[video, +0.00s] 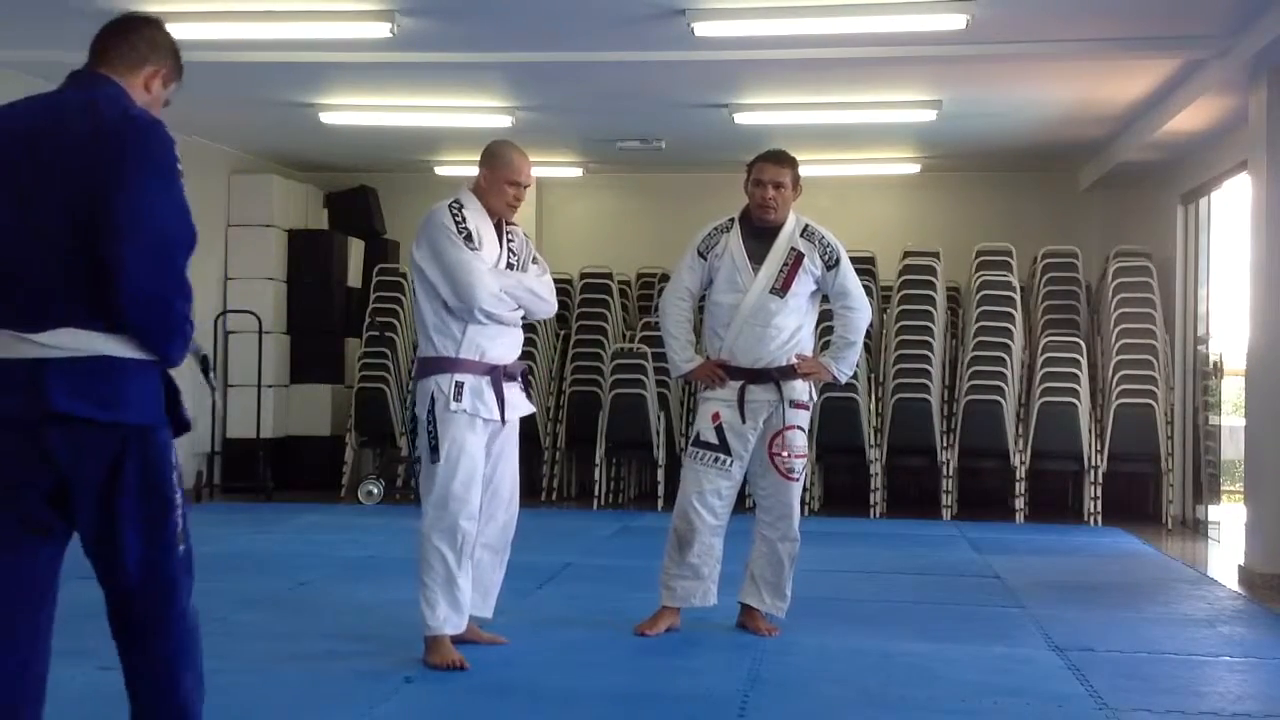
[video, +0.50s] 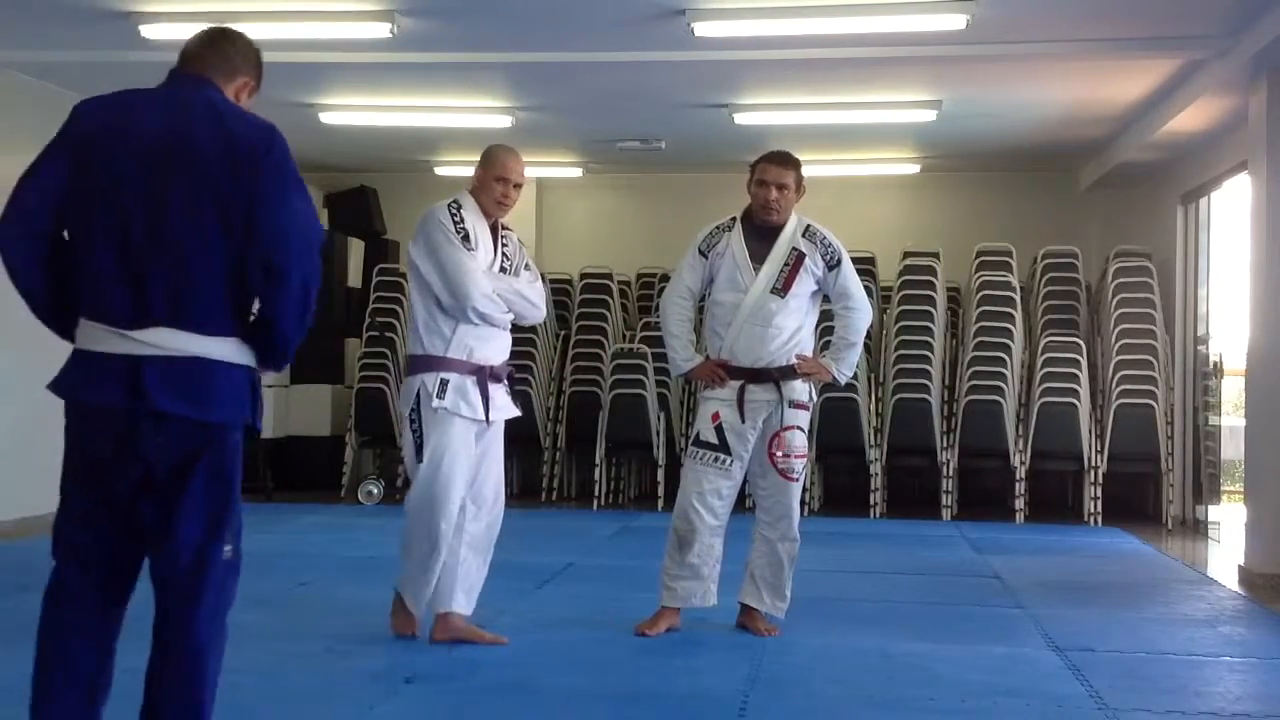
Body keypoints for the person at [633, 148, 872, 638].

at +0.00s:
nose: (767, 194)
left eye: (779, 186)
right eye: (759, 184)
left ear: (796, 193)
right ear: (745, 186)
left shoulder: (820, 246)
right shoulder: (714, 240)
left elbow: (855, 309)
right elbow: (675, 301)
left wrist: (835, 364)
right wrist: (688, 359)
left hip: (787, 393)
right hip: (722, 388)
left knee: (780, 509)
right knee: (696, 502)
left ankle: (756, 607)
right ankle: (672, 605)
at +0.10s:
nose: (768, 195)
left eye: (779, 187)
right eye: (760, 184)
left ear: (796, 193)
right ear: (746, 186)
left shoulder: (820, 247)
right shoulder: (715, 240)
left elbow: (855, 309)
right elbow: (675, 301)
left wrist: (835, 365)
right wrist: (688, 359)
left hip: (788, 393)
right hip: (722, 388)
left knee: (780, 509)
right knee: (696, 502)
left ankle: (756, 607)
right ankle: (672, 605)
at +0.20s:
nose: (769, 195)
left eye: (780, 187)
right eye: (761, 184)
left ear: (797, 193)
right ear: (747, 186)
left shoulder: (820, 247)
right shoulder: (715, 240)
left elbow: (855, 309)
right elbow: (675, 301)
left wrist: (836, 365)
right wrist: (688, 359)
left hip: (788, 394)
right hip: (722, 389)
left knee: (780, 509)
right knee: (696, 503)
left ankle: (756, 607)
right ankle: (672, 605)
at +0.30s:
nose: (770, 195)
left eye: (781, 187)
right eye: (762, 184)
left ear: (798, 194)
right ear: (748, 186)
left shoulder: (820, 247)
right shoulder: (714, 240)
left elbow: (855, 309)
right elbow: (675, 300)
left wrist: (836, 365)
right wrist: (688, 359)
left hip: (788, 394)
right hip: (722, 389)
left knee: (779, 509)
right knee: (696, 503)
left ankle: (756, 607)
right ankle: (672, 605)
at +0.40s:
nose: (770, 195)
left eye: (782, 187)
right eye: (763, 184)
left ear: (798, 194)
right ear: (748, 186)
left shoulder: (820, 247)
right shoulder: (714, 240)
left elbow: (855, 310)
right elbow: (675, 301)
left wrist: (836, 365)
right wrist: (689, 359)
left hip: (787, 394)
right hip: (722, 389)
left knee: (780, 509)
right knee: (696, 503)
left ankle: (756, 607)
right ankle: (672, 605)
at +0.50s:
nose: (770, 195)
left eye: (781, 187)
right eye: (763, 184)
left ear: (799, 194)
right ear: (748, 186)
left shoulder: (820, 247)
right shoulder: (715, 240)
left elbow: (856, 309)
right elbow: (675, 300)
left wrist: (836, 365)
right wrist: (689, 359)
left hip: (787, 394)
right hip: (722, 389)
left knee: (780, 509)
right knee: (696, 503)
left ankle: (756, 607)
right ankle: (672, 605)